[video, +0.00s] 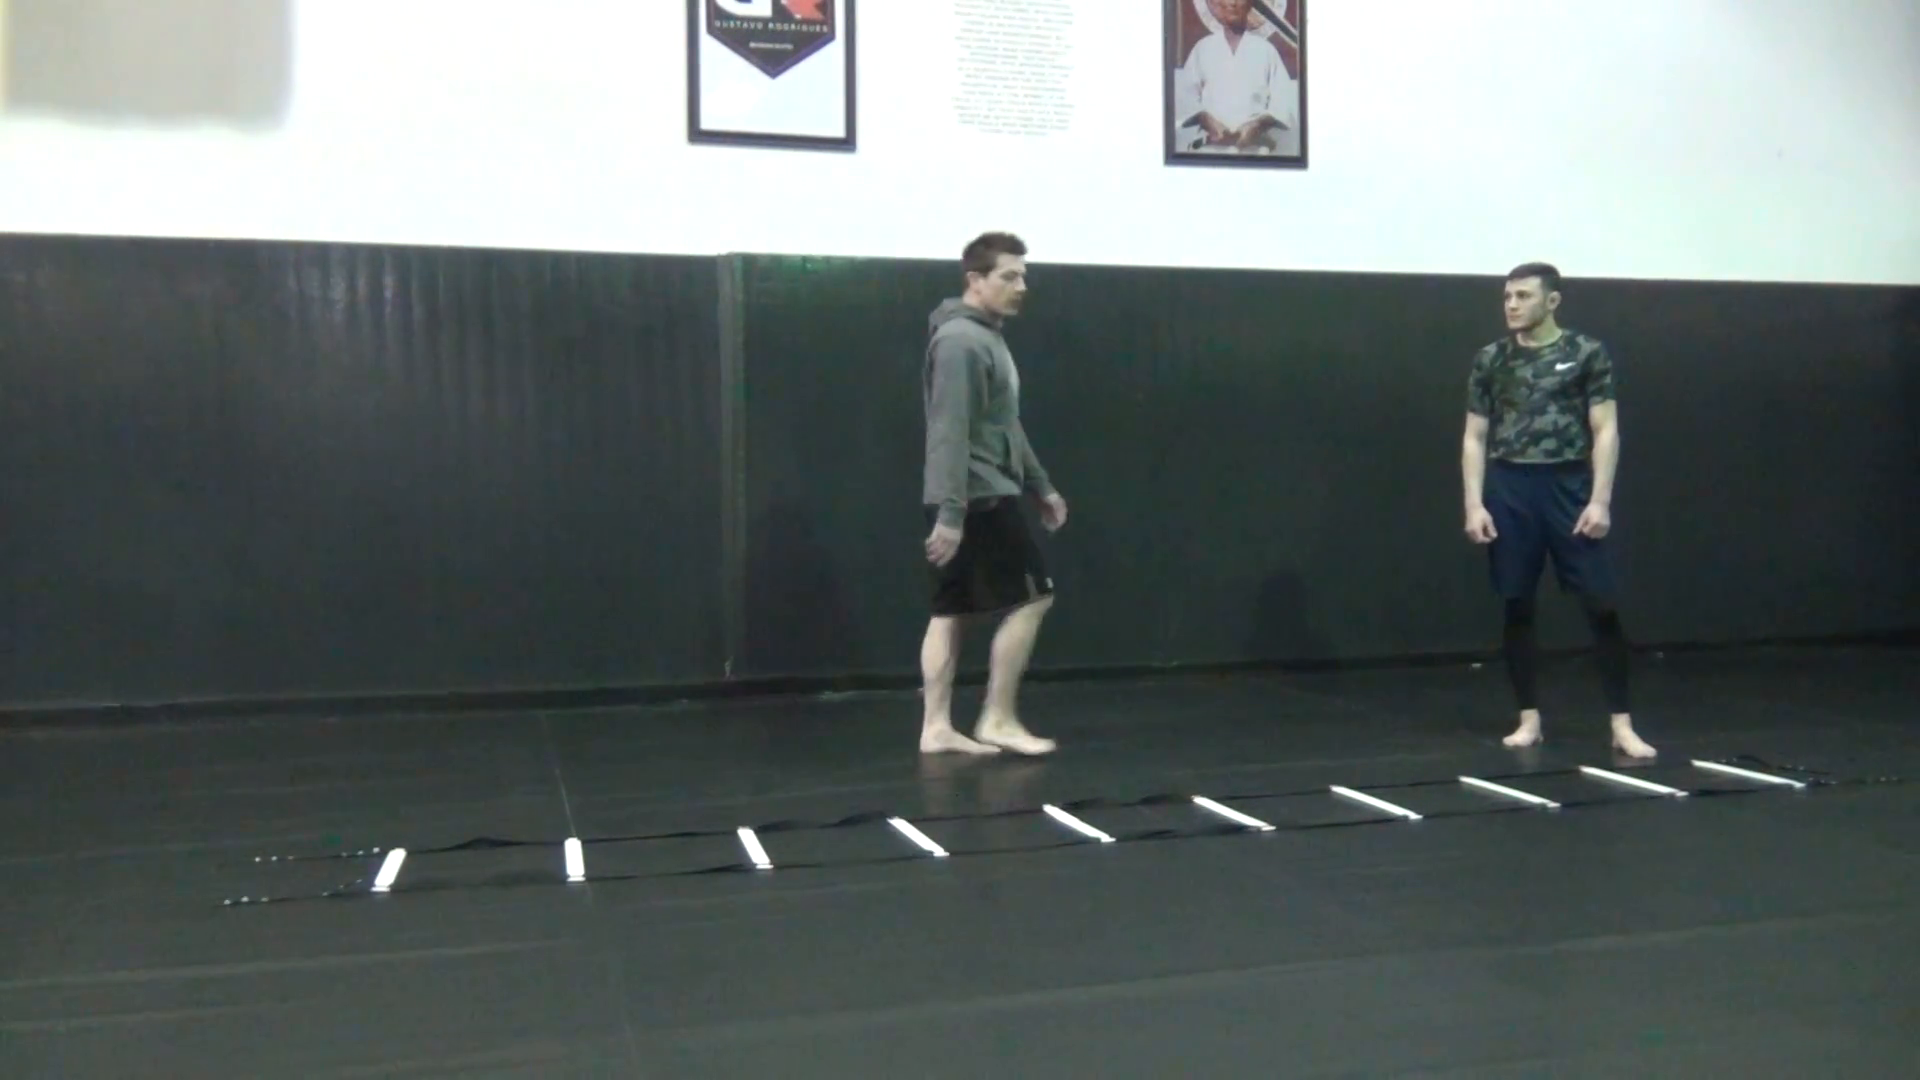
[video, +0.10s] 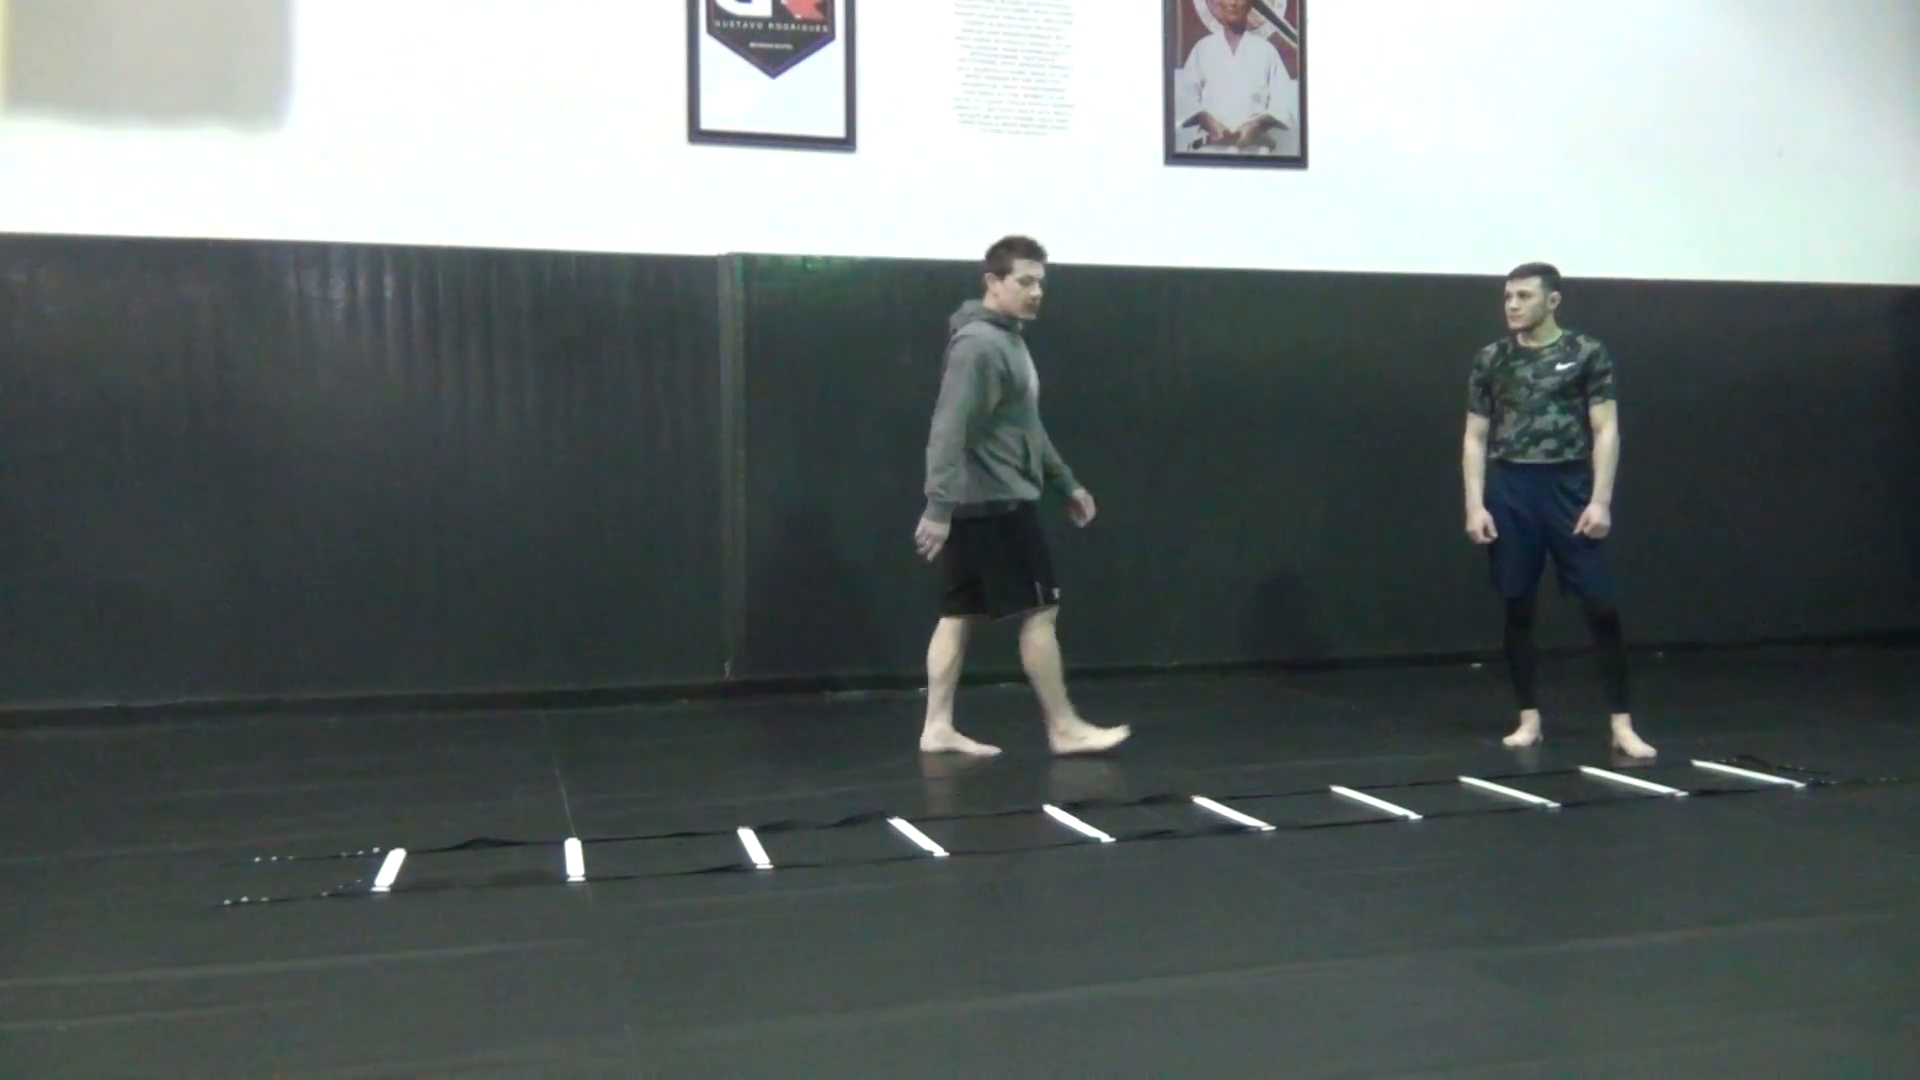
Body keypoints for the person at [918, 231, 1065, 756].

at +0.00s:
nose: (1021, 288)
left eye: (1023, 278)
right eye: (1010, 277)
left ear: (993, 283)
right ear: (975, 280)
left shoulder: (987, 337)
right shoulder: (959, 340)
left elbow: (1006, 427)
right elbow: (949, 429)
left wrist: (1040, 487)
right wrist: (950, 510)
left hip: (977, 496)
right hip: (985, 497)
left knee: (949, 611)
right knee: (1033, 596)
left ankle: (936, 727)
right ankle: (998, 719)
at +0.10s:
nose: (1037, 293)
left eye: (1040, 283)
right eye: (1026, 282)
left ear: (1041, 286)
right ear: (992, 283)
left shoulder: (1010, 342)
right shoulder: (976, 344)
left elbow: (1029, 429)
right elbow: (949, 426)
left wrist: (1067, 485)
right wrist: (938, 507)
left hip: (982, 504)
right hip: (998, 504)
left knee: (956, 615)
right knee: (1039, 610)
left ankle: (937, 727)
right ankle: (1064, 728)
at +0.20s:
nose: (1054, 299)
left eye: (1060, 290)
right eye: (1044, 288)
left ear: (1062, 292)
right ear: (1012, 287)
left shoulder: (1031, 346)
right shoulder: (996, 349)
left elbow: (1049, 432)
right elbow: (968, 430)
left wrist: (1082, 489)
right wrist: (954, 507)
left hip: (1009, 506)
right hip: (1017, 508)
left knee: (970, 616)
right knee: (1054, 615)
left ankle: (939, 725)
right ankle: (1092, 727)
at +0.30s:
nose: (1077, 301)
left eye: (1083, 292)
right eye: (1068, 291)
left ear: (1083, 294)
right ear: (1036, 289)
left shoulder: (1055, 347)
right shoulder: (1023, 351)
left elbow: (1068, 437)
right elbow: (1000, 435)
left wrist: (1092, 496)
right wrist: (997, 511)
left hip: (1046, 506)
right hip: (1047, 509)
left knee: (999, 614)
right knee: (1073, 619)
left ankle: (946, 715)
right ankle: (1096, 733)